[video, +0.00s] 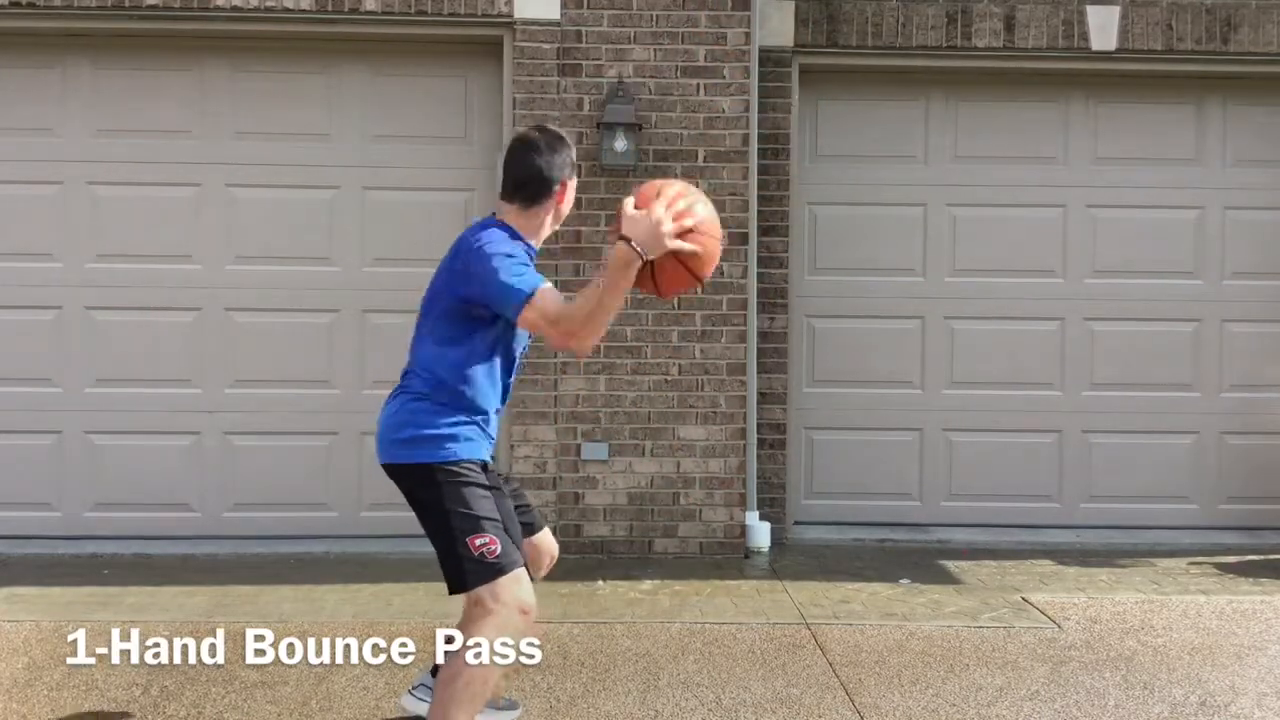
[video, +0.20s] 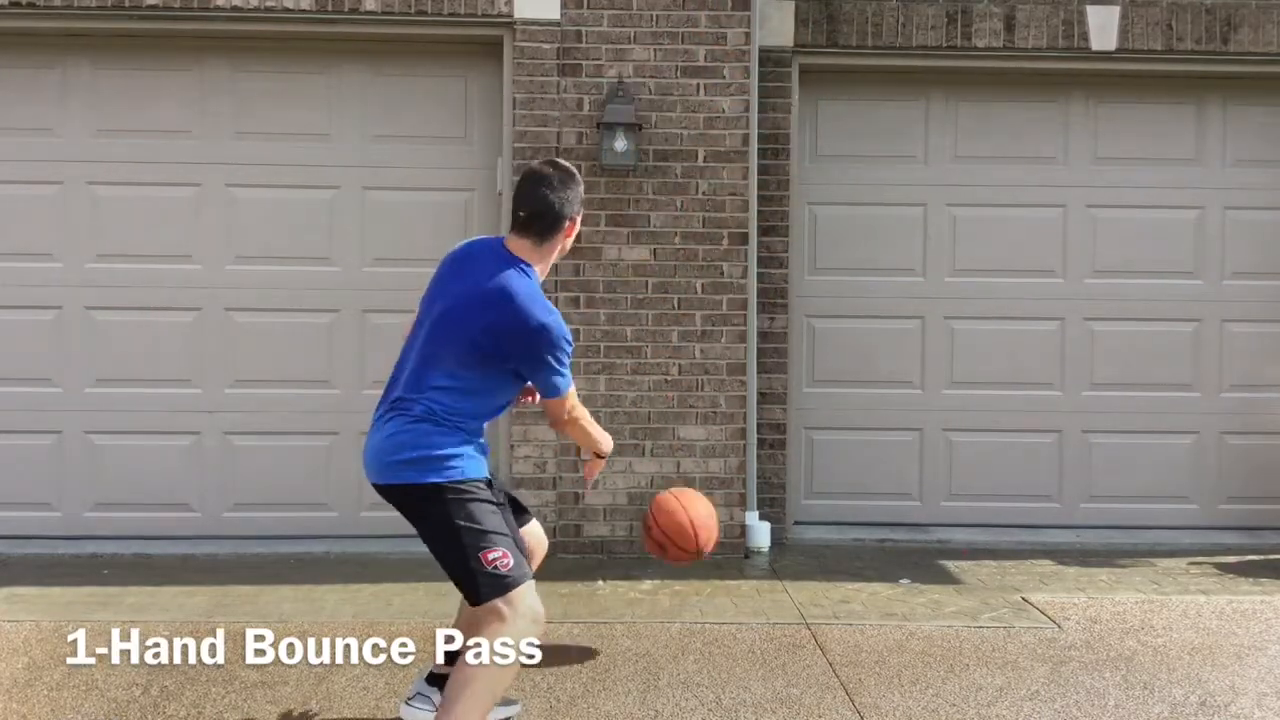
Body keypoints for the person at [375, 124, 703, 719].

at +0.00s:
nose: (573, 199)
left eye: (572, 189)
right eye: (573, 188)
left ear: (506, 181)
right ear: (563, 194)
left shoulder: (508, 251)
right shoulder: (488, 251)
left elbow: (569, 330)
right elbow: (576, 334)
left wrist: (626, 256)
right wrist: (629, 250)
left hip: (460, 442)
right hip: (432, 444)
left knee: (539, 552)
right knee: (509, 610)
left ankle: (445, 681)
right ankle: (451, 711)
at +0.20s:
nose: (578, 230)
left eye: (578, 219)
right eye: (579, 221)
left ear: (514, 213)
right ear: (571, 230)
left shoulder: (469, 255)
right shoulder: (539, 322)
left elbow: (439, 339)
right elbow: (564, 413)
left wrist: (512, 379)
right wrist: (601, 445)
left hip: (398, 444)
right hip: (434, 458)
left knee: (529, 543)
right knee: (516, 616)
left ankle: (442, 684)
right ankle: (454, 712)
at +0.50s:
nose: (570, 203)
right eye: (570, 195)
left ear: (504, 190)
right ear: (563, 201)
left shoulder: (462, 246)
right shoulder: (544, 284)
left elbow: (401, 335)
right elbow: (563, 409)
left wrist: (490, 366)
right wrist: (604, 424)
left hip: (409, 441)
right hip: (452, 450)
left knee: (530, 540)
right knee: (528, 616)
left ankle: (446, 681)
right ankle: (458, 712)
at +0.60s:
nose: (563, 183)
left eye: (560, 175)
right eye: (563, 175)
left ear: (496, 175)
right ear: (556, 182)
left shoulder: (459, 234)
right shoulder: (537, 258)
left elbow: (406, 329)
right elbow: (586, 377)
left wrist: (496, 366)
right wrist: (635, 360)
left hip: (414, 435)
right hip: (459, 443)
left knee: (526, 541)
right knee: (530, 613)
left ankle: (444, 684)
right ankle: (458, 713)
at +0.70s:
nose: (559, 157)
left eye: (555, 147)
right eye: (559, 147)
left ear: (491, 152)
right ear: (550, 155)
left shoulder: (462, 216)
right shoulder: (528, 231)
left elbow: (420, 317)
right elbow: (618, 319)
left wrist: (510, 367)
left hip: (429, 422)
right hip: (461, 430)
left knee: (495, 577)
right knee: (523, 610)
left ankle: (443, 688)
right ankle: (456, 711)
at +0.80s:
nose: (558, 133)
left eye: (555, 123)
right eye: (555, 123)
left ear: (487, 130)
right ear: (543, 130)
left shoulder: (468, 196)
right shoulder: (519, 198)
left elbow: (440, 313)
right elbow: (638, 250)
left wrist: (523, 360)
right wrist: (659, 166)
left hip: (463, 417)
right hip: (466, 424)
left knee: (520, 587)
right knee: (496, 603)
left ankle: (445, 687)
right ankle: (453, 713)